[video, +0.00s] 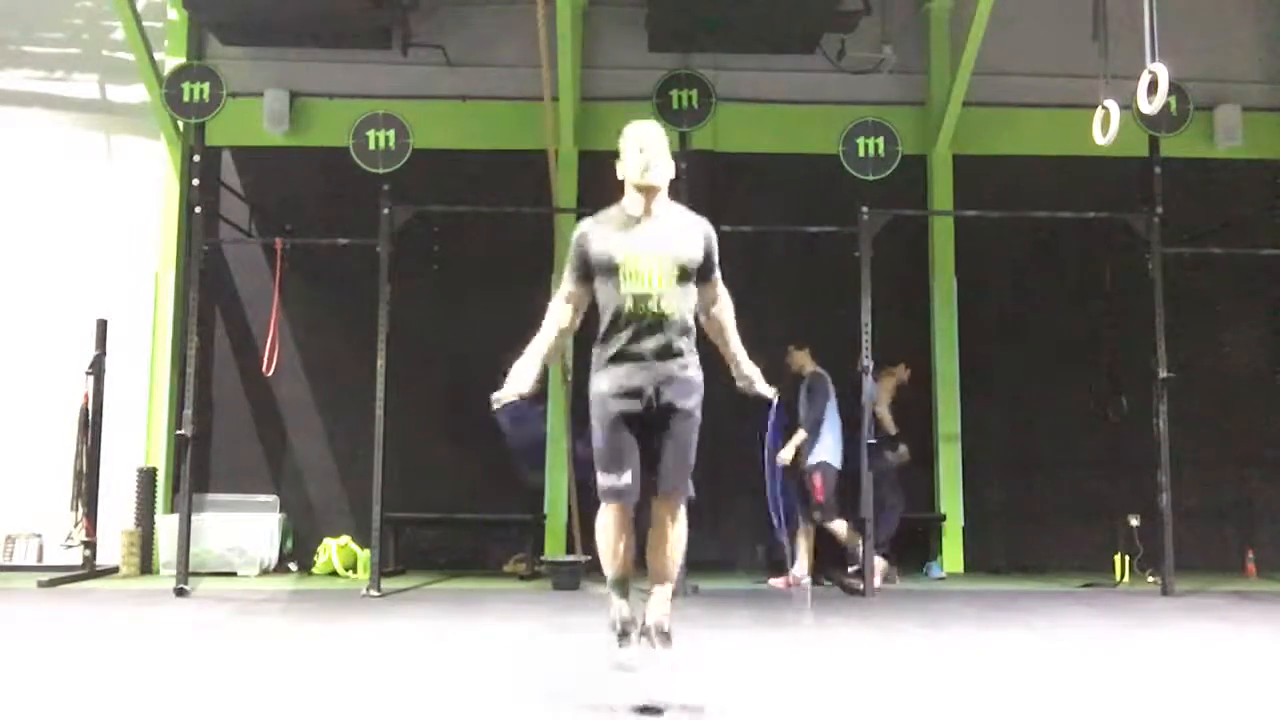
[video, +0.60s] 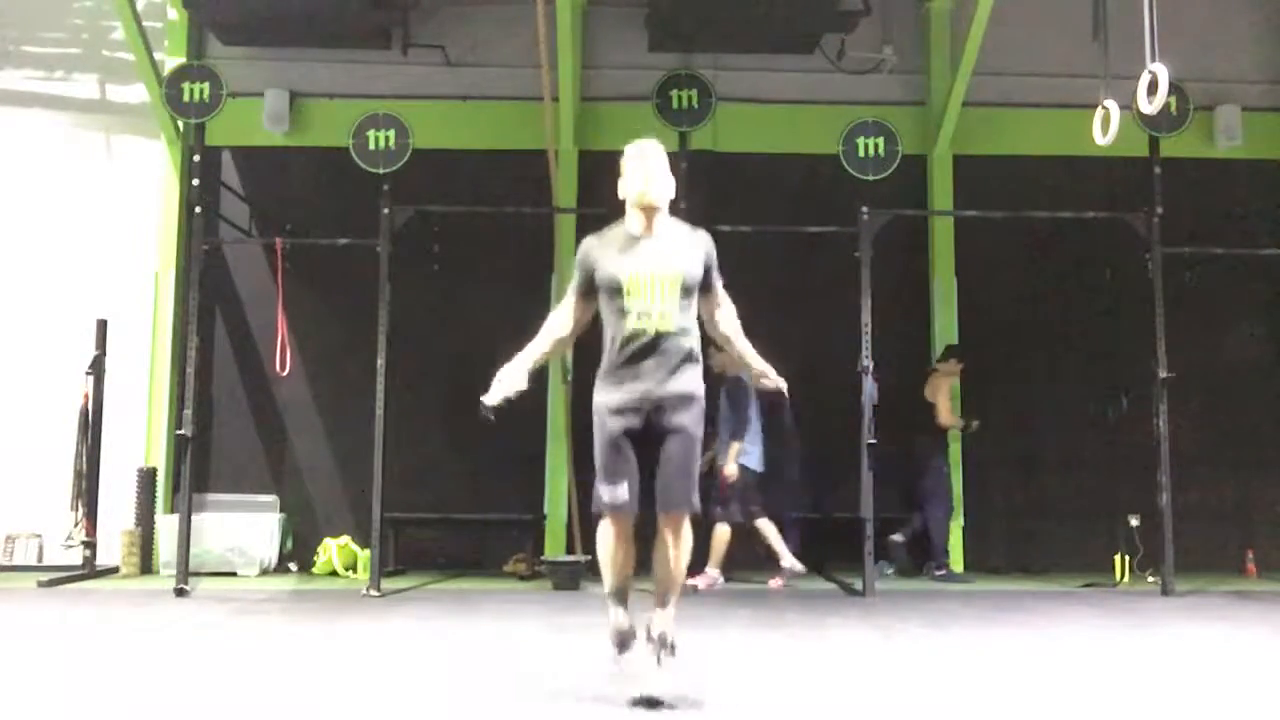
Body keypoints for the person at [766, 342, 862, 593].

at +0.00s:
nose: (788, 360)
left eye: (791, 353)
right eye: (788, 354)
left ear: (805, 352)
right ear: (801, 354)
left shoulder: (818, 379)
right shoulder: (808, 383)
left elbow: (813, 419)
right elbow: (809, 422)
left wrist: (790, 446)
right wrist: (798, 451)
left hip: (823, 455)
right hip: (809, 456)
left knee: (825, 515)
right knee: (805, 517)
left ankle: (872, 560)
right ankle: (800, 572)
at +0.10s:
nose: (775, 359)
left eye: (778, 353)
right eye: (775, 355)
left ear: (791, 351)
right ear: (790, 353)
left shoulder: (805, 378)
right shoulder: (795, 381)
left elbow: (806, 418)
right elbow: (798, 422)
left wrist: (791, 450)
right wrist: (789, 456)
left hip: (811, 451)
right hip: (801, 452)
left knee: (797, 511)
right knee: (797, 513)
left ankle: (842, 552)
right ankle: (799, 571)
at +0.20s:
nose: (765, 359)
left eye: (767, 353)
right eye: (765, 354)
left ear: (779, 351)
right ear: (778, 352)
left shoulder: (794, 381)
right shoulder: (784, 383)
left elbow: (799, 421)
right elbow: (782, 429)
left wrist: (791, 454)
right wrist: (767, 464)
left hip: (793, 455)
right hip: (787, 454)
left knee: (772, 508)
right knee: (795, 512)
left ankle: (808, 558)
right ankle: (800, 571)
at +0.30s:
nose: (754, 363)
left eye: (755, 357)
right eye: (752, 358)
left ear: (765, 355)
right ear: (766, 357)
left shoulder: (785, 381)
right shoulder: (766, 384)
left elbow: (791, 422)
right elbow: (766, 429)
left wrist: (784, 455)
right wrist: (751, 456)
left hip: (777, 454)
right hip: (772, 452)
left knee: (758, 510)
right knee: (790, 514)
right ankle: (798, 568)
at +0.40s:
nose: (739, 359)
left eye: (743, 353)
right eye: (739, 354)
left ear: (755, 354)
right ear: (749, 356)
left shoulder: (771, 382)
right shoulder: (756, 385)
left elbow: (778, 422)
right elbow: (755, 429)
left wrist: (771, 455)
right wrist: (735, 452)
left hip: (766, 456)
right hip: (765, 456)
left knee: (746, 514)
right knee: (783, 515)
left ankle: (726, 569)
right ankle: (797, 569)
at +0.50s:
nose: (724, 362)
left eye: (728, 356)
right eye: (724, 356)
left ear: (739, 356)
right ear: (733, 358)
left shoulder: (755, 384)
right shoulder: (743, 387)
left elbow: (762, 424)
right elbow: (741, 431)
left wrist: (754, 458)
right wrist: (720, 453)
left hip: (751, 460)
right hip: (757, 460)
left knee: (734, 516)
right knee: (772, 515)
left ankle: (715, 570)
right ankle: (795, 568)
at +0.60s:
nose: (710, 359)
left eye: (714, 353)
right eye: (710, 354)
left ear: (727, 354)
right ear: (727, 357)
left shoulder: (736, 384)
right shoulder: (732, 385)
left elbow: (742, 423)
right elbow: (729, 430)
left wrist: (731, 458)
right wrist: (710, 457)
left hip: (739, 458)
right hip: (741, 459)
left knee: (722, 515)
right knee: (755, 513)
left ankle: (712, 571)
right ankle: (789, 561)